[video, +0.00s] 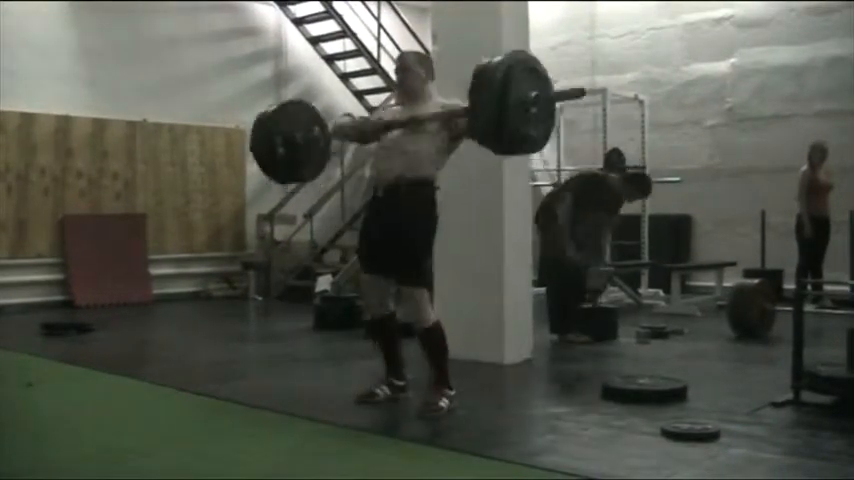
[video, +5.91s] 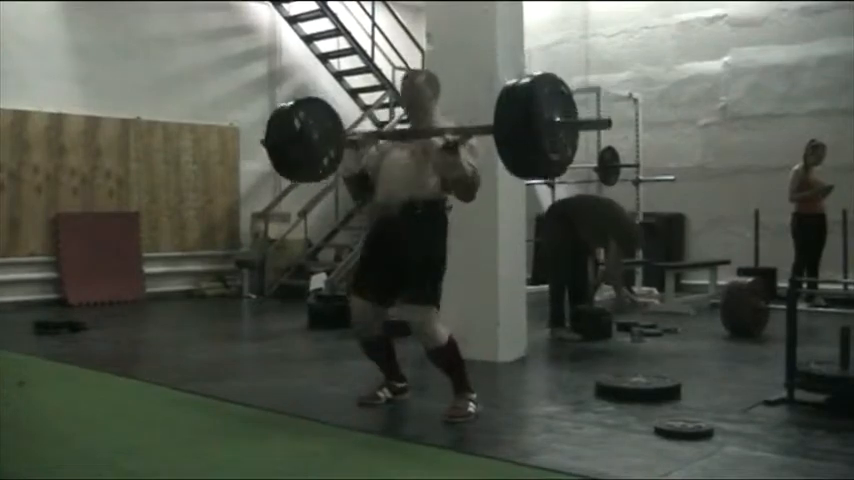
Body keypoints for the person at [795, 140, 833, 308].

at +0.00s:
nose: (819, 159)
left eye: (822, 156)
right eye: (817, 155)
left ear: (825, 157)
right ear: (810, 156)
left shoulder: (823, 173)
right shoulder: (806, 173)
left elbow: (821, 197)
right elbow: (802, 200)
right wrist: (806, 224)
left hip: (821, 219)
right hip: (808, 219)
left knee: (817, 259)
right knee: (805, 259)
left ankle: (818, 294)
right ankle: (800, 294)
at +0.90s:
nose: (823, 157)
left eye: (825, 154)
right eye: (820, 153)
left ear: (827, 155)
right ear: (813, 154)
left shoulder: (825, 173)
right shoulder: (808, 174)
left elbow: (823, 198)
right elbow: (802, 199)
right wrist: (806, 223)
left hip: (822, 219)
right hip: (808, 219)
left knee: (818, 259)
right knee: (806, 258)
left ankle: (819, 293)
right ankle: (802, 293)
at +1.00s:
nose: (825, 157)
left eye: (826, 154)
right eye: (822, 154)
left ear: (828, 156)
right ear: (814, 154)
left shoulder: (826, 174)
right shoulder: (809, 174)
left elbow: (824, 198)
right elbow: (803, 199)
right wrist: (806, 223)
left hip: (822, 219)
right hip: (808, 219)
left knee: (818, 258)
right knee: (806, 258)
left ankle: (819, 293)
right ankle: (802, 292)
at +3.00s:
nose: (820, 158)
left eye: (822, 155)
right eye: (817, 154)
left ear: (823, 156)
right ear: (810, 155)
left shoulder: (822, 173)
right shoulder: (805, 173)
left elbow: (819, 196)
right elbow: (799, 200)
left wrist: (825, 187)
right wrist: (803, 224)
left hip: (813, 219)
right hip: (800, 218)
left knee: (810, 259)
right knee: (798, 258)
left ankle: (811, 294)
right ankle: (794, 293)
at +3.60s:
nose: (814, 158)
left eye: (816, 155)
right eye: (812, 154)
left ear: (819, 156)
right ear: (806, 154)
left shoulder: (819, 173)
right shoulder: (801, 173)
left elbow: (818, 195)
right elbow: (794, 196)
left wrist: (823, 187)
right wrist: (801, 212)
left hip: (815, 219)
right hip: (800, 219)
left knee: (811, 259)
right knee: (799, 258)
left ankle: (812, 294)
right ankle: (794, 293)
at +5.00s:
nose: (817, 161)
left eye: (819, 157)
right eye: (814, 157)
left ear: (820, 158)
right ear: (806, 156)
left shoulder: (819, 174)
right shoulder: (797, 174)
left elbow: (820, 198)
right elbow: (791, 199)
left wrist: (824, 191)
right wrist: (814, 191)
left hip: (818, 219)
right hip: (802, 218)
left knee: (812, 260)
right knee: (800, 258)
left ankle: (812, 295)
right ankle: (793, 294)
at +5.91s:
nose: (820, 159)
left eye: (822, 155)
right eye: (818, 154)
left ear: (822, 156)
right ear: (809, 153)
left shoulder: (813, 173)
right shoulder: (798, 171)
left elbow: (811, 197)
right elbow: (792, 196)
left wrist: (823, 192)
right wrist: (815, 192)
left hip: (817, 217)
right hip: (802, 218)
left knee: (814, 258)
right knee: (801, 257)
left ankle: (812, 294)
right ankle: (794, 292)